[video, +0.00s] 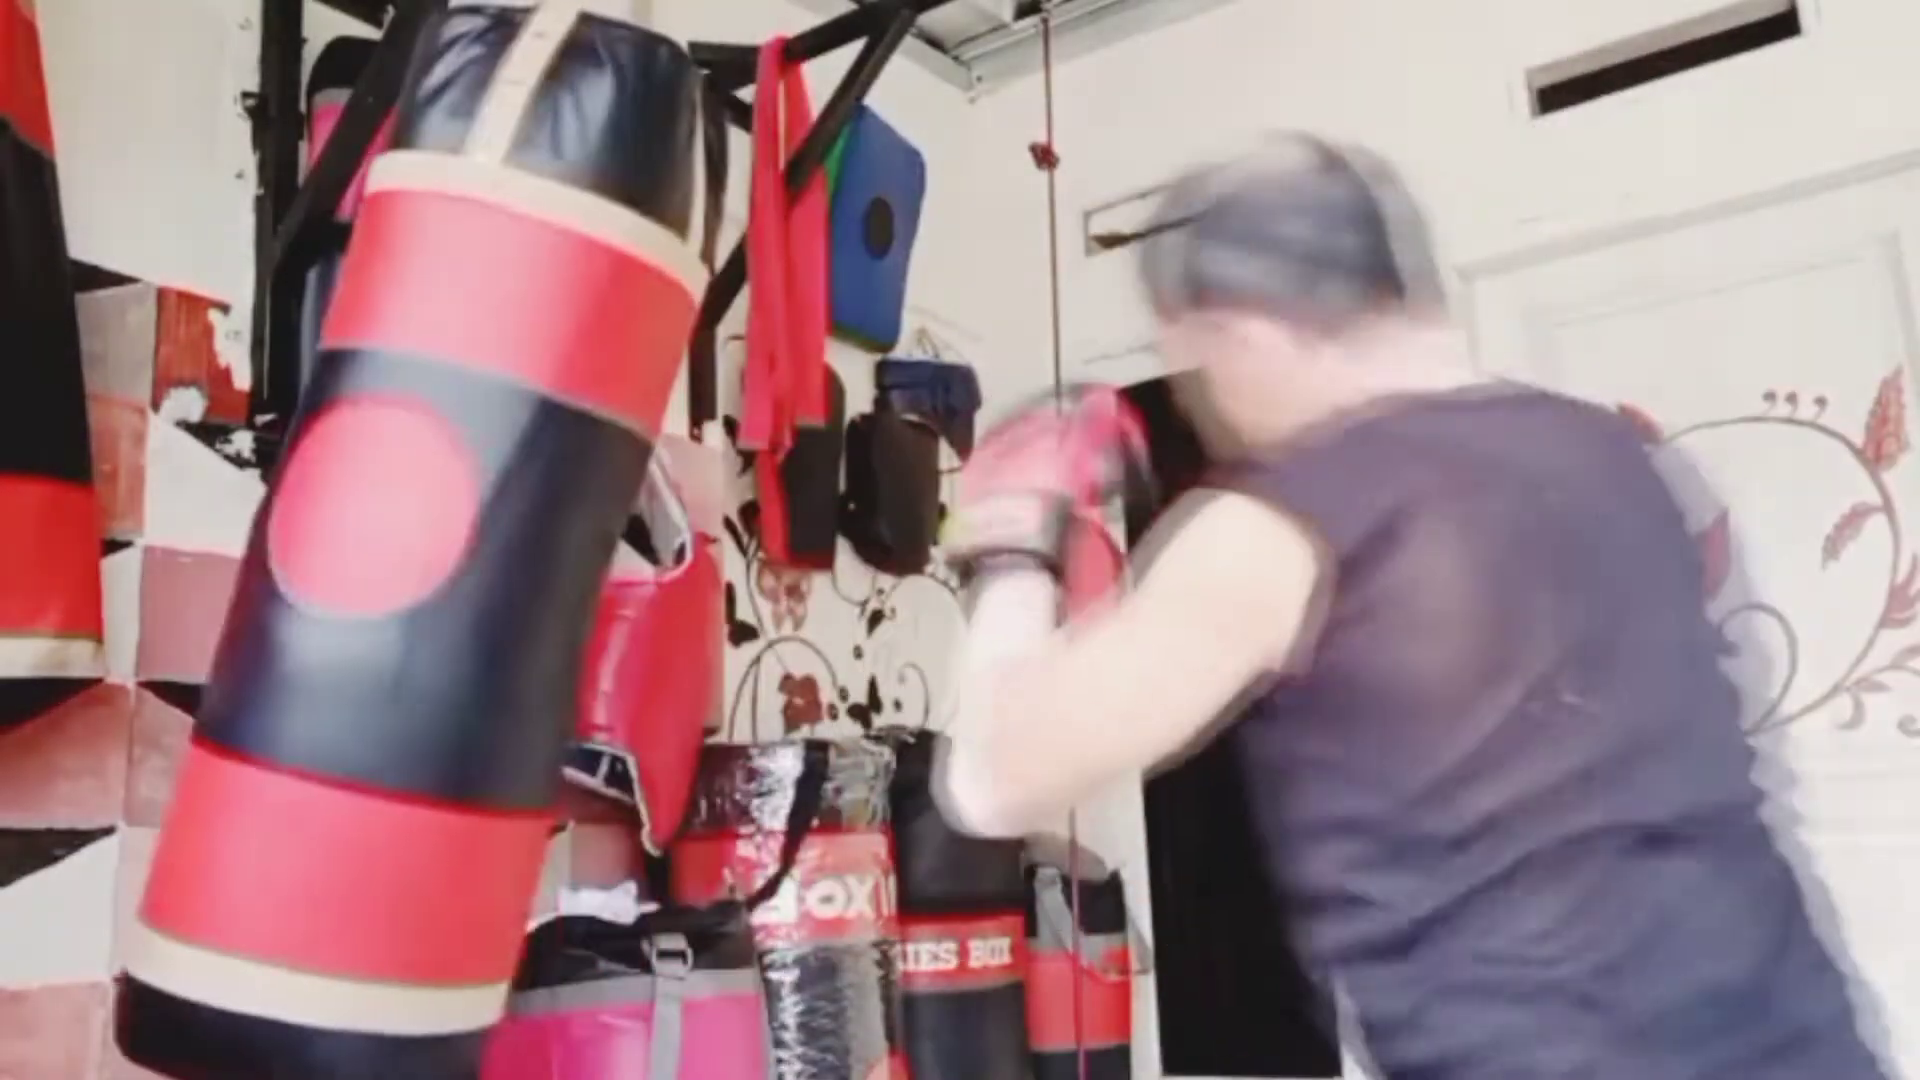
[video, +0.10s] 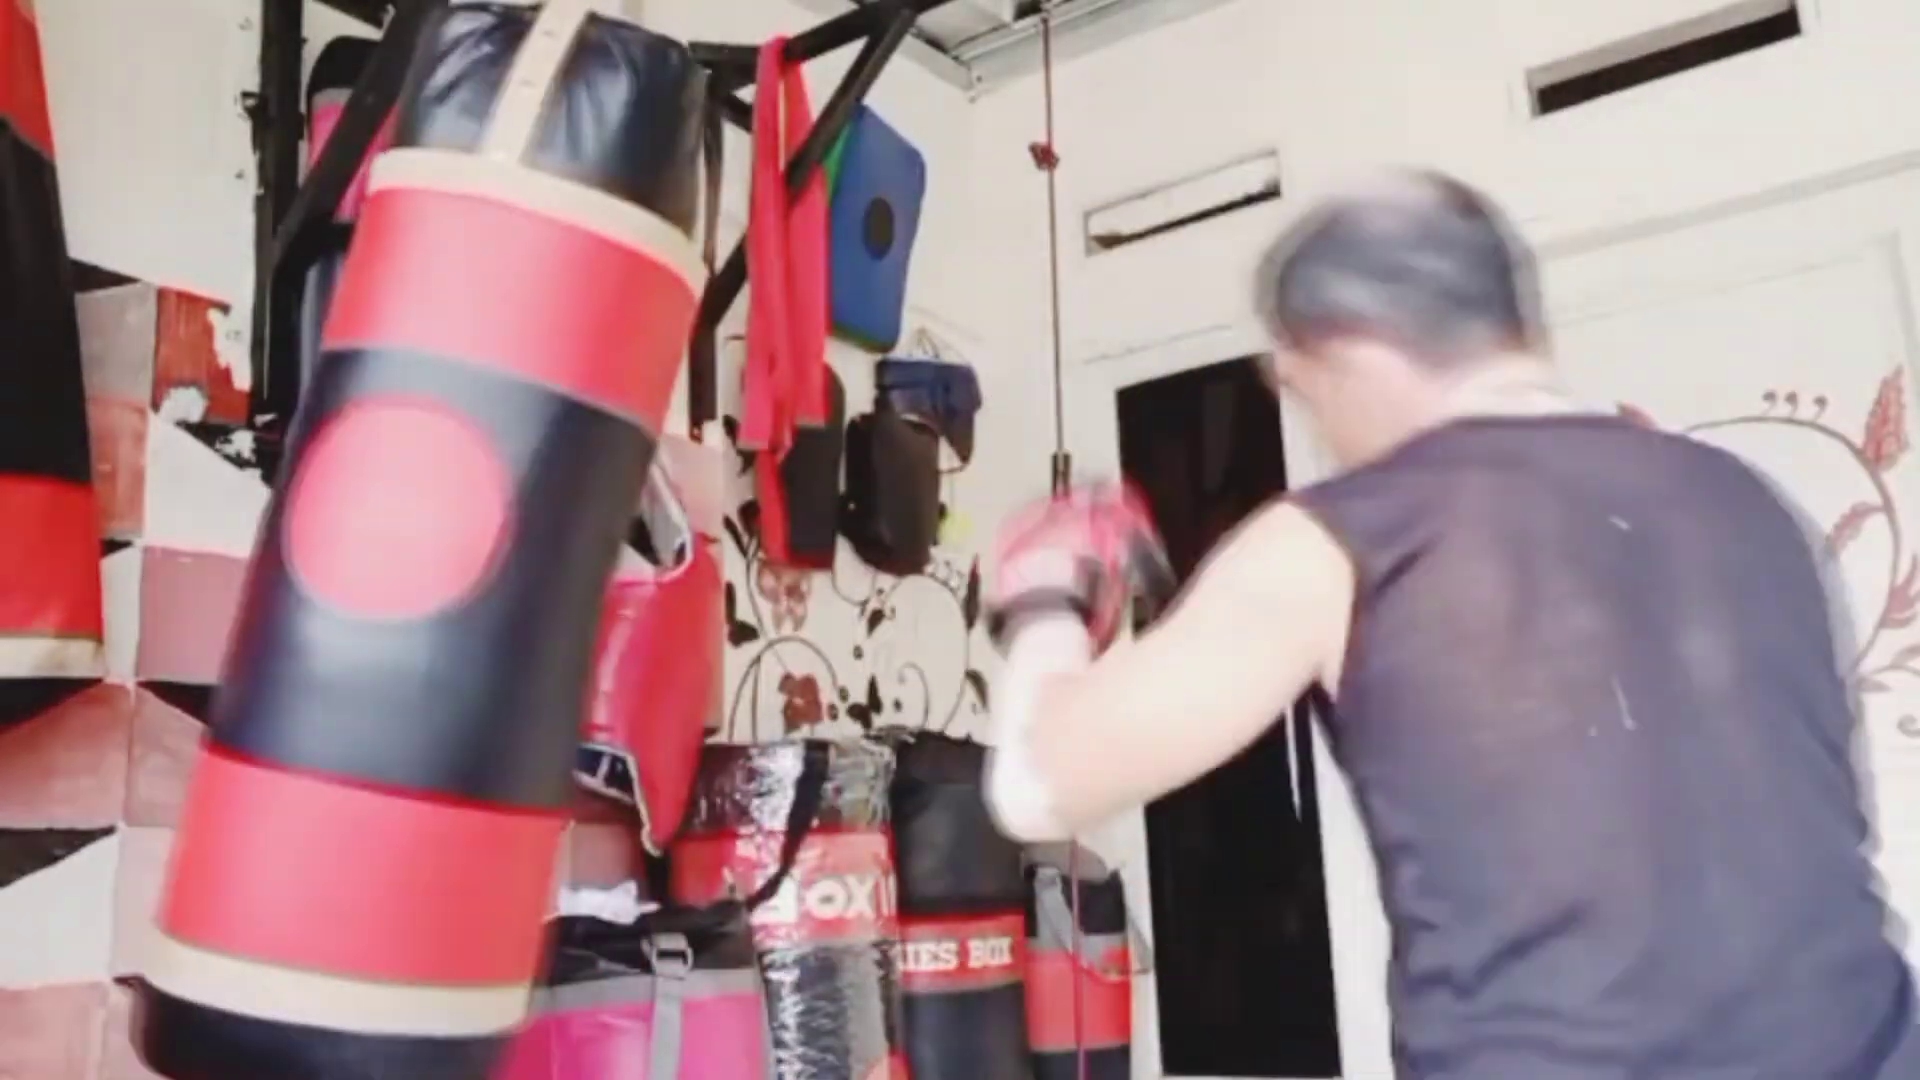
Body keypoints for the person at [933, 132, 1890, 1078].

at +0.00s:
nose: (1199, 404)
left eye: (1190, 362)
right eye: (1184, 368)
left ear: (1252, 326)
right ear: (1386, 285)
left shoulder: (1288, 520)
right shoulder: (1607, 446)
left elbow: (1001, 776)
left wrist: (1011, 549)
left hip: (1524, 1055)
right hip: (1795, 1042)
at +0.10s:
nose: (1310, 423)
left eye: (1297, 387)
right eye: (1294, 392)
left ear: (1346, 351)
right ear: (1516, 319)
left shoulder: (1337, 539)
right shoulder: (1751, 498)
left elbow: (1047, 782)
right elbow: (1842, 817)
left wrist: (1041, 604)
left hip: (1535, 1048)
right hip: (1848, 1043)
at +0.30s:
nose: (1311, 434)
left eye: (1301, 393)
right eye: (1295, 398)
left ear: (1362, 354)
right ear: (1520, 333)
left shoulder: (1332, 537)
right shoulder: (1744, 516)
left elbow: (1038, 810)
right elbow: (1818, 858)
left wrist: (1056, 623)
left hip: (1507, 1055)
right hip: (1799, 1051)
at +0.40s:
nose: (1200, 405)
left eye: (1204, 361)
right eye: (1194, 368)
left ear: (1278, 324)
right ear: (1380, 306)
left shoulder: (1341, 520)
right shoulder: (1571, 462)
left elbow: (1078, 836)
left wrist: (1025, 647)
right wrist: (1146, 625)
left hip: (1534, 1057)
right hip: (1740, 1042)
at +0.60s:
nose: (1109, 423)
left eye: (1102, 380)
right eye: (1096, 384)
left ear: (1171, 365)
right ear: (1315, 323)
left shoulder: (1328, 499)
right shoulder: (1470, 461)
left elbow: (1115, 771)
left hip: (1534, 1059)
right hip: (1673, 1038)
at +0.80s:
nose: (1230, 365)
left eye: (1224, 328)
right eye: (1217, 335)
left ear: (1271, 289)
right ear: (1423, 260)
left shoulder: (1266, 469)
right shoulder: (1711, 457)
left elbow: (1006, 731)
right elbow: (1783, 813)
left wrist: (925, 613)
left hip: (1447, 1037)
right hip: (1763, 1032)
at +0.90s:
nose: (1333, 378)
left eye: (1320, 337)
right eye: (1316, 345)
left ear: (1375, 296)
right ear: (1540, 275)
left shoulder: (1378, 523)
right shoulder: (1803, 488)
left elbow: (1113, 879)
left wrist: (1130, 670)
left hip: (1541, 1048)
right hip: (1845, 1043)